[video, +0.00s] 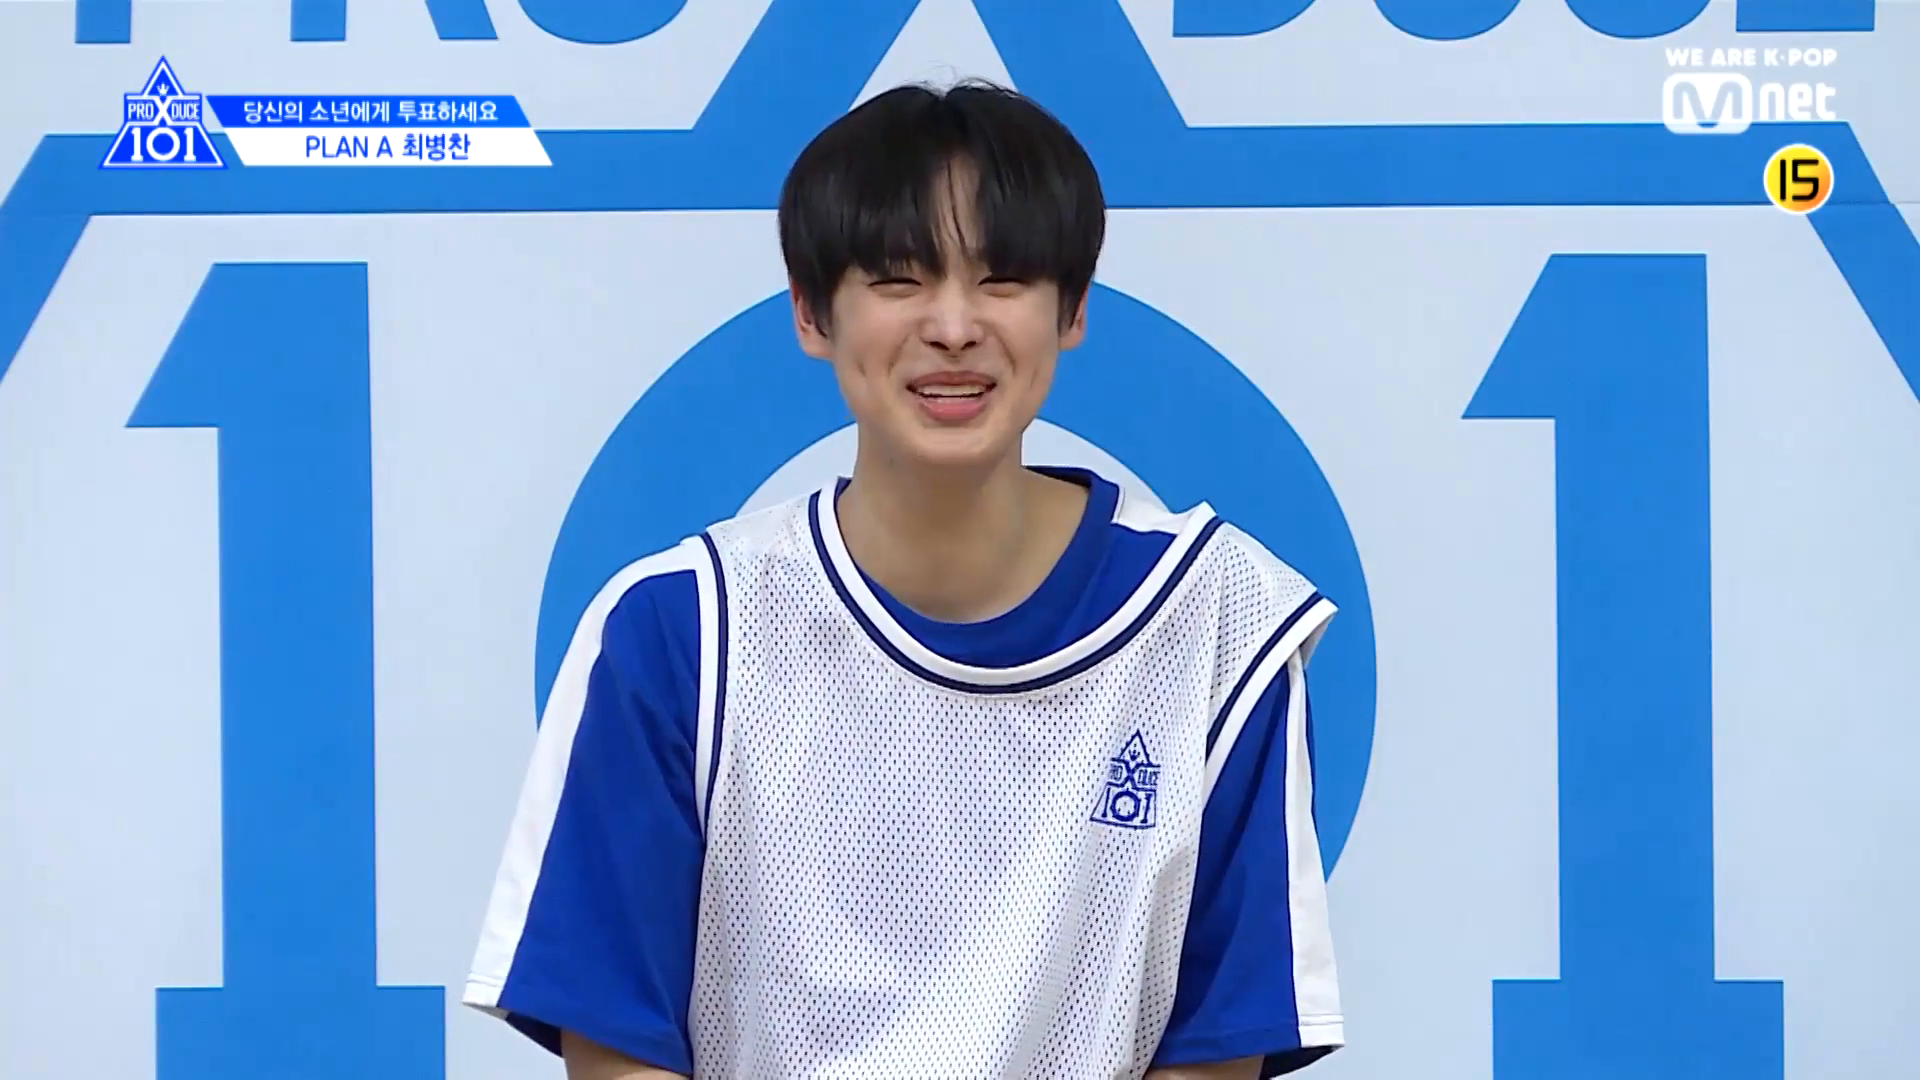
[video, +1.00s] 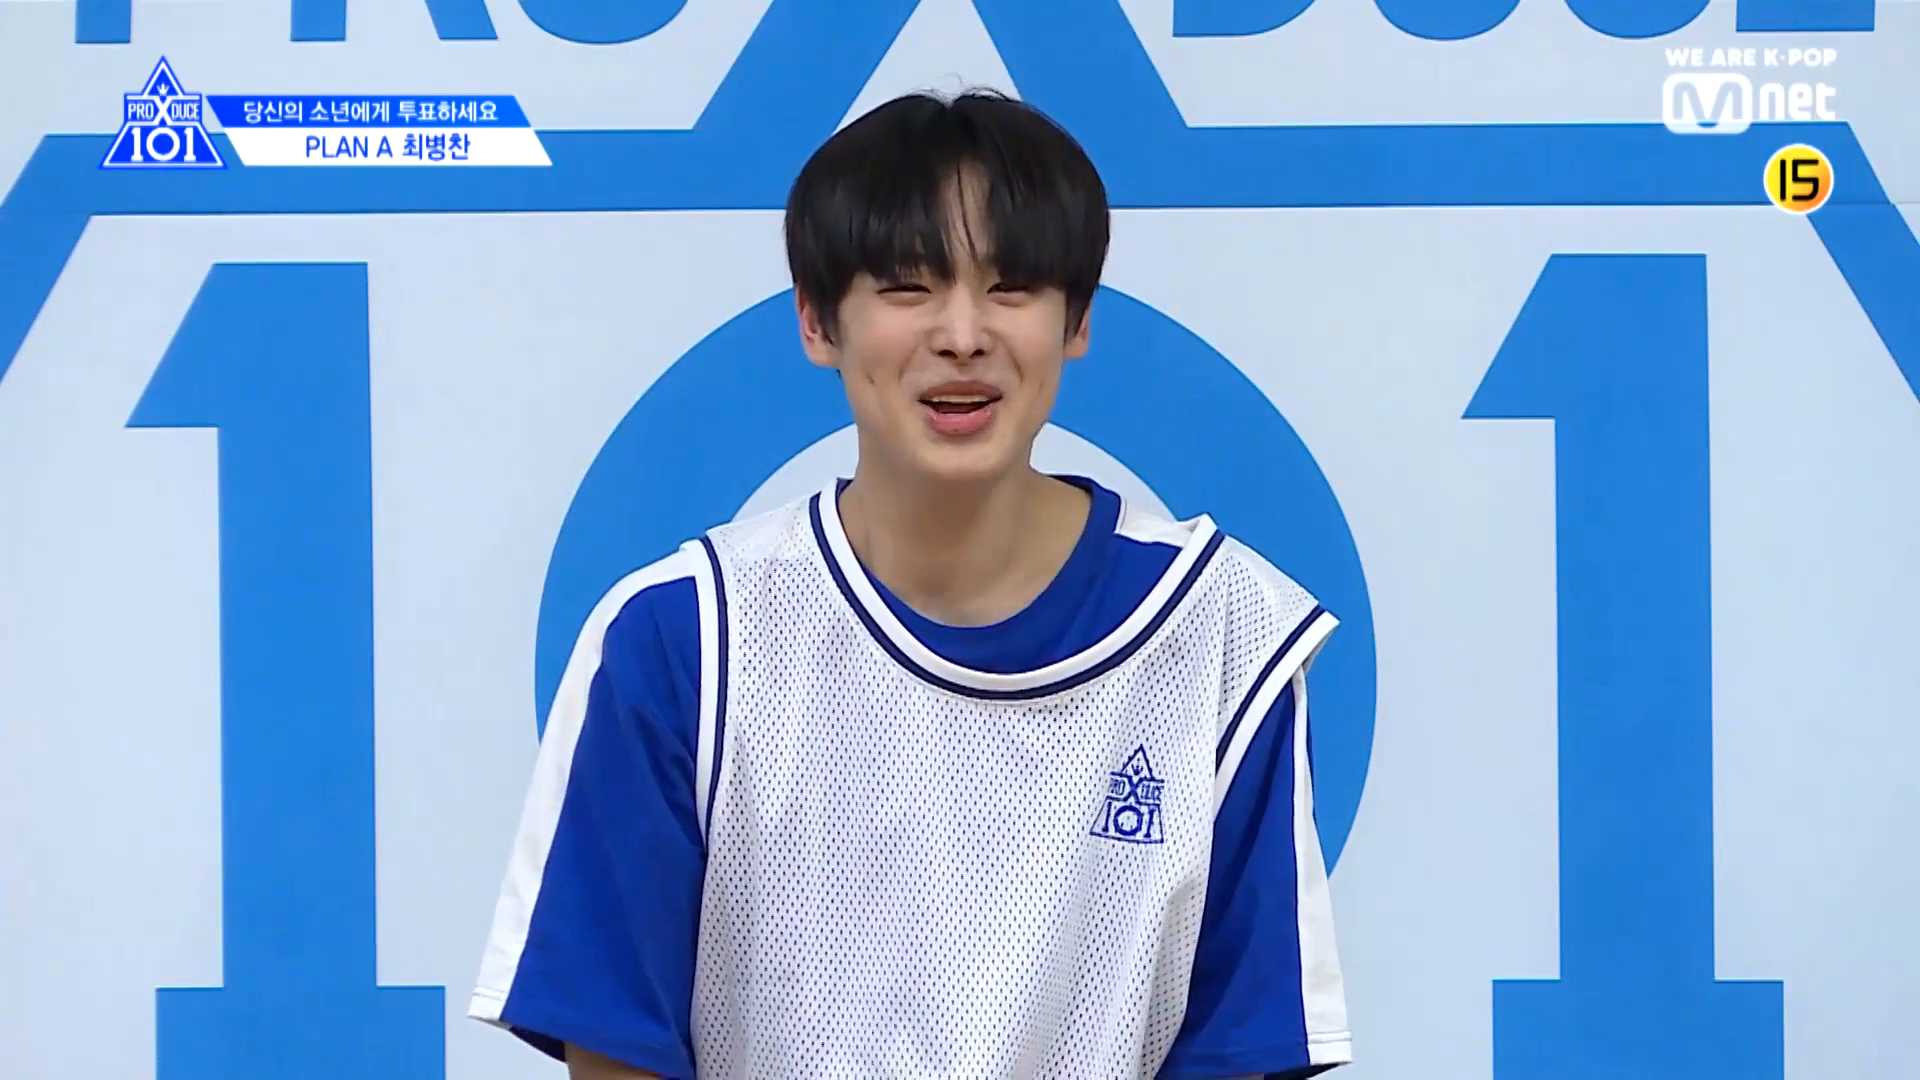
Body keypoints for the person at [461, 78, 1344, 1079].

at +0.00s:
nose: (954, 325)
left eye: (1004, 279)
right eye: (900, 278)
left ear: (1069, 318)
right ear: (815, 318)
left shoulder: (1221, 626)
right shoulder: (672, 633)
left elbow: (1222, 1051)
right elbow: (613, 1046)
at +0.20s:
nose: (958, 319)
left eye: (1008, 272)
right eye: (903, 271)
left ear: (1073, 315)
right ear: (819, 316)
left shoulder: (1225, 627)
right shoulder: (675, 634)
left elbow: (1225, 1052)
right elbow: (613, 1044)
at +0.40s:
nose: (963, 325)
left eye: (1013, 278)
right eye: (906, 278)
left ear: (1076, 322)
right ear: (822, 323)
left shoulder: (1229, 633)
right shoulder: (676, 638)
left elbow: (1230, 1051)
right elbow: (616, 1049)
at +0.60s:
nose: (968, 321)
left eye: (1017, 275)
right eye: (913, 273)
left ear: (1078, 322)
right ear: (824, 321)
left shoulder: (1232, 634)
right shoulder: (677, 639)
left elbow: (1238, 1051)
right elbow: (615, 1048)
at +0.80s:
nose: (968, 324)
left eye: (1017, 279)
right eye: (913, 275)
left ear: (1077, 325)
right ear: (823, 321)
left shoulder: (1229, 645)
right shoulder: (675, 645)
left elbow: (1255, 1053)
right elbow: (616, 1048)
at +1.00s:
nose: (963, 335)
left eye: (1012, 285)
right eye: (910, 283)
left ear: (1074, 325)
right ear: (821, 323)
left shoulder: (1228, 641)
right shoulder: (673, 643)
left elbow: (1250, 1053)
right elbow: (615, 1049)